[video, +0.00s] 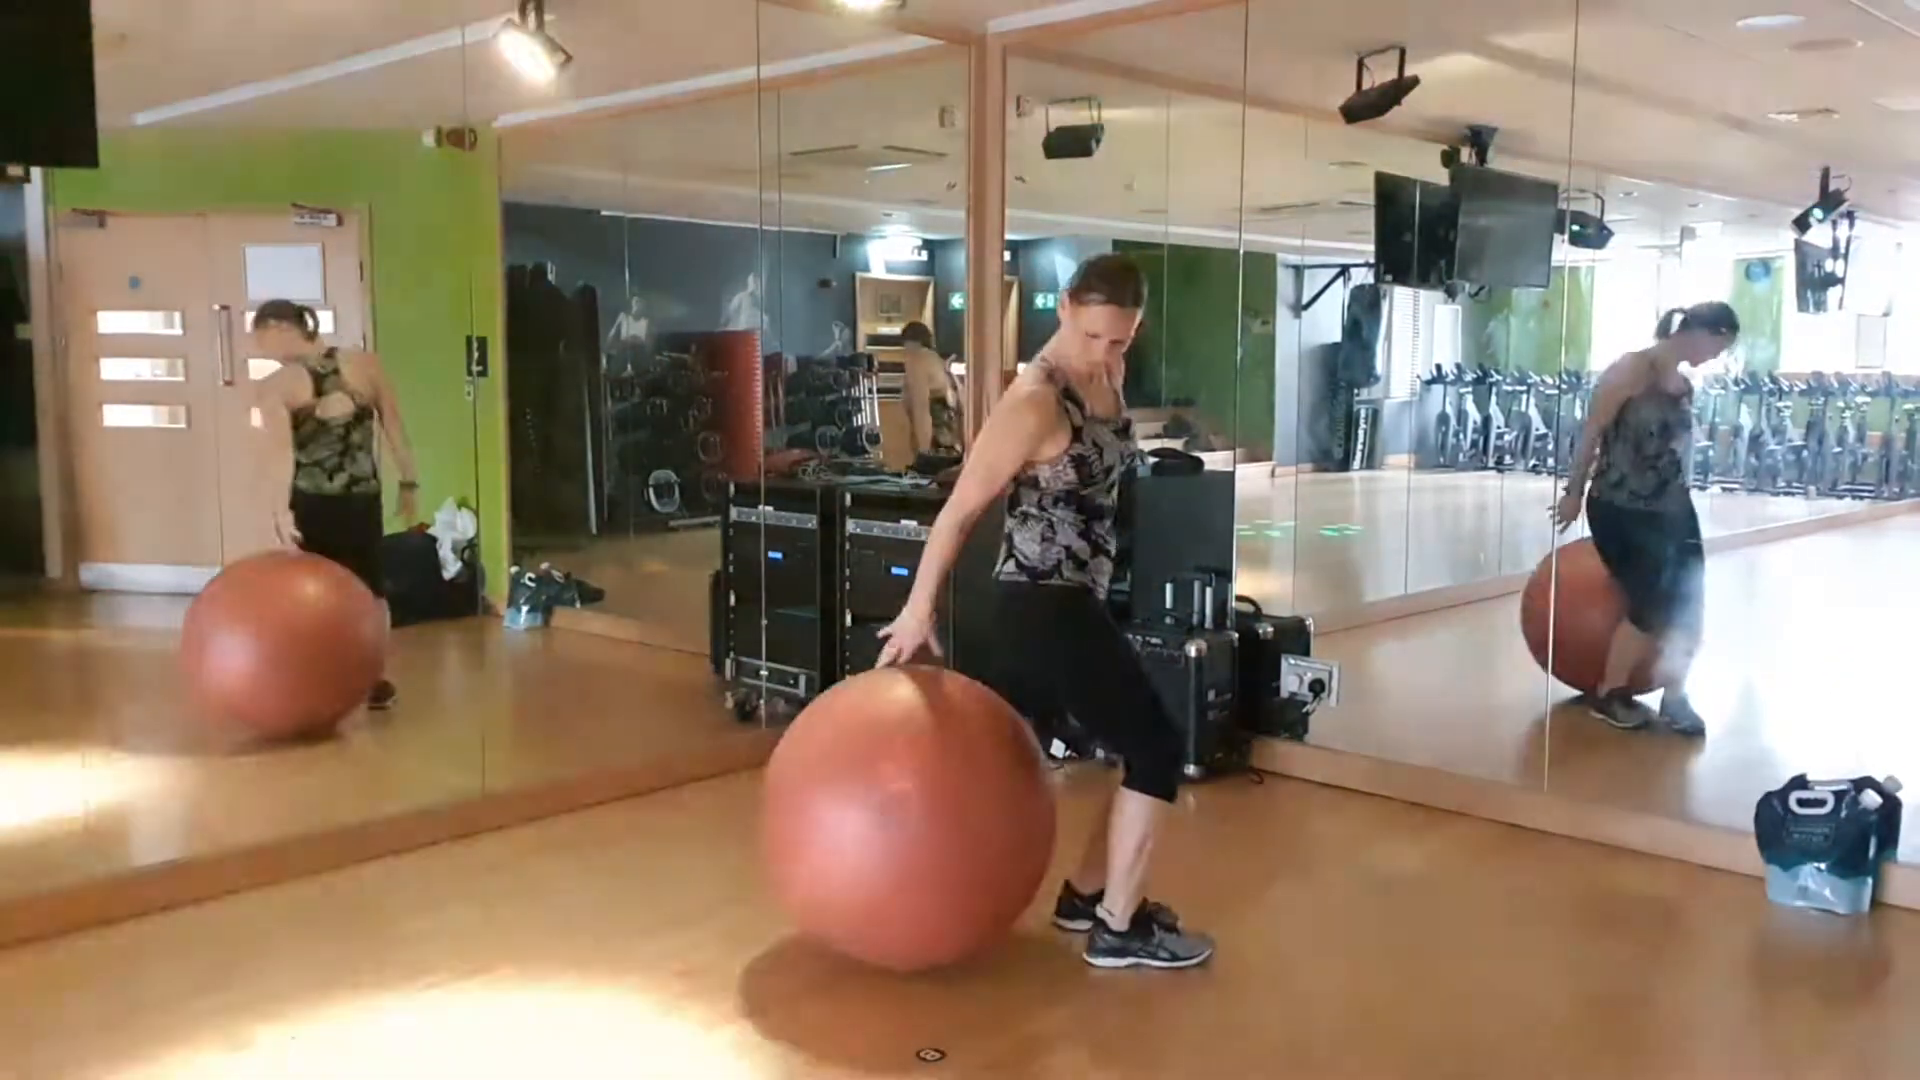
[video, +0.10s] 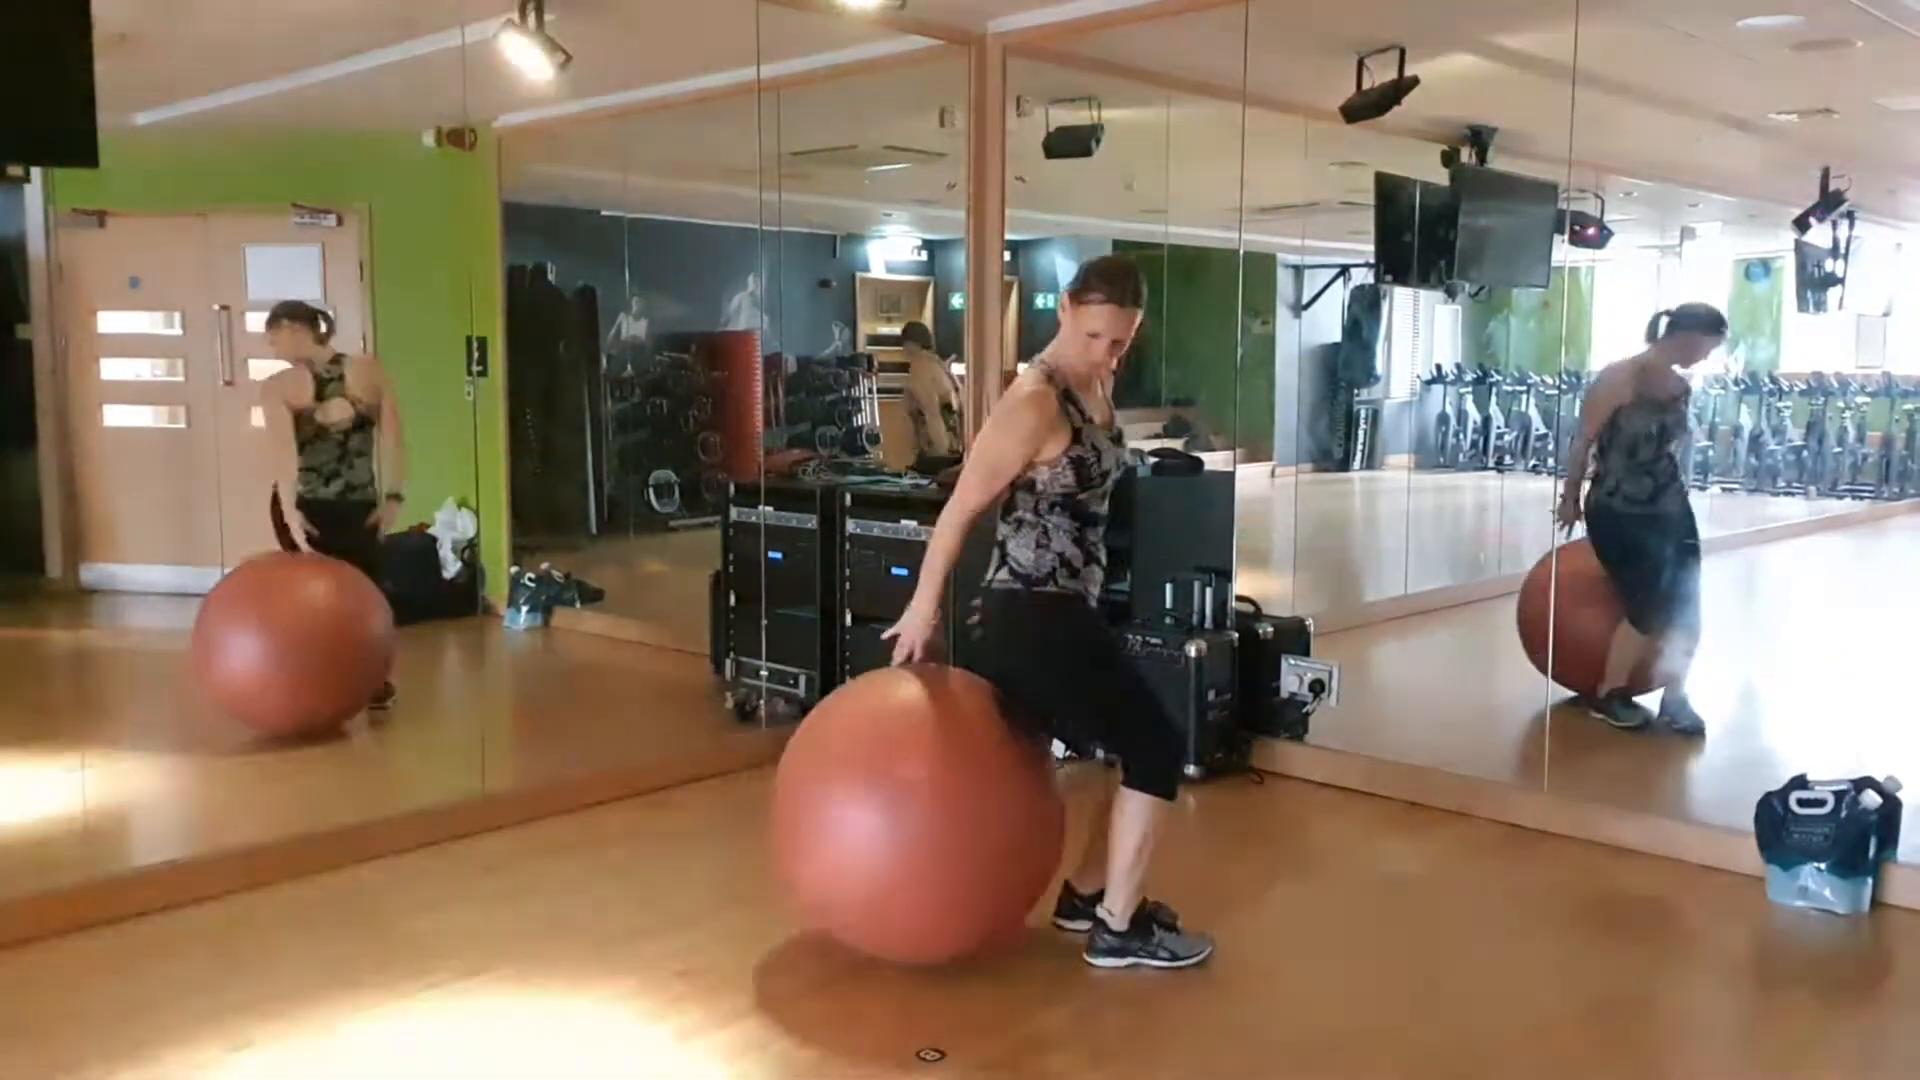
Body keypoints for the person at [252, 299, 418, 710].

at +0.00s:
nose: (260, 350)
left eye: (261, 339)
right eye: (258, 341)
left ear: (282, 327)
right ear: (295, 324)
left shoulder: (280, 386)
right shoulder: (364, 364)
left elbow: (280, 454)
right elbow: (393, 427)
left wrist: (279, 509)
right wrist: (409, 482)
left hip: (313, 506)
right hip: (363, 503)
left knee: (318, 594)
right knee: (370, 592)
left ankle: (326, 681)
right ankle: (376, 676)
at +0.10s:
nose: (274, 348)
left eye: (275, 338)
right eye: (272, 339)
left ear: (293, 330)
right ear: (310, 329)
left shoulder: (282, 386)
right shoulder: (367, 369)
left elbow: (286, 456)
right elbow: (392, 435)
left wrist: (290, 511)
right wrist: (393, 495)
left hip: (311, 507)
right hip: (361, 504)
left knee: (320, 598)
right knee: (367, 595)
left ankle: (329, 682)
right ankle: (378, 680)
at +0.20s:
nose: (282, 352)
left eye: (283, 342)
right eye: (280, 343)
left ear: (301, 334)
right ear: (325, 334)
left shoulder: (282, 389)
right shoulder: (377, 383)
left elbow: (281, 452)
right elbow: (384, 446)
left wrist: (283, 508)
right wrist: (376, 505)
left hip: (300, 514)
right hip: (357, 515)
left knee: (308, 602)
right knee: (362, 600)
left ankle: (310, 683)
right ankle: (376, 680)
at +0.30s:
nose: (291, 364)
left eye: (290, 352)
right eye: (289, 356)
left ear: (304, 340)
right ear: (330, 342)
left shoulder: (281, 393)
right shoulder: (381, 392)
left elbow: (274, 458)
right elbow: (379, 457)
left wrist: (270, 518)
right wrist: (366, 515)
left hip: (295, 525)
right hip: (351, 527)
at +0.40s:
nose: (293, 369)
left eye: (292, 359)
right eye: (290, 362)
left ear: (307, 349)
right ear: (335, 354)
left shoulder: (279, 399)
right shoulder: (381, 406)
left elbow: (265, 467)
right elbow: (373, 472)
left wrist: (255, 523)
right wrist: (357, 526)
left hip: (285, 533)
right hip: (344, 535)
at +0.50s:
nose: (290, 373)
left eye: (293, 364)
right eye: (291, 365)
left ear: (310, 361)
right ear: (336, 367)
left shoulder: (274, 417)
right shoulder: (374, 424)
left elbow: (261, 482)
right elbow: (367, 483)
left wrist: (252, 541)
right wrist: (347, 539)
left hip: (280, 546)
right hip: (339, 545)